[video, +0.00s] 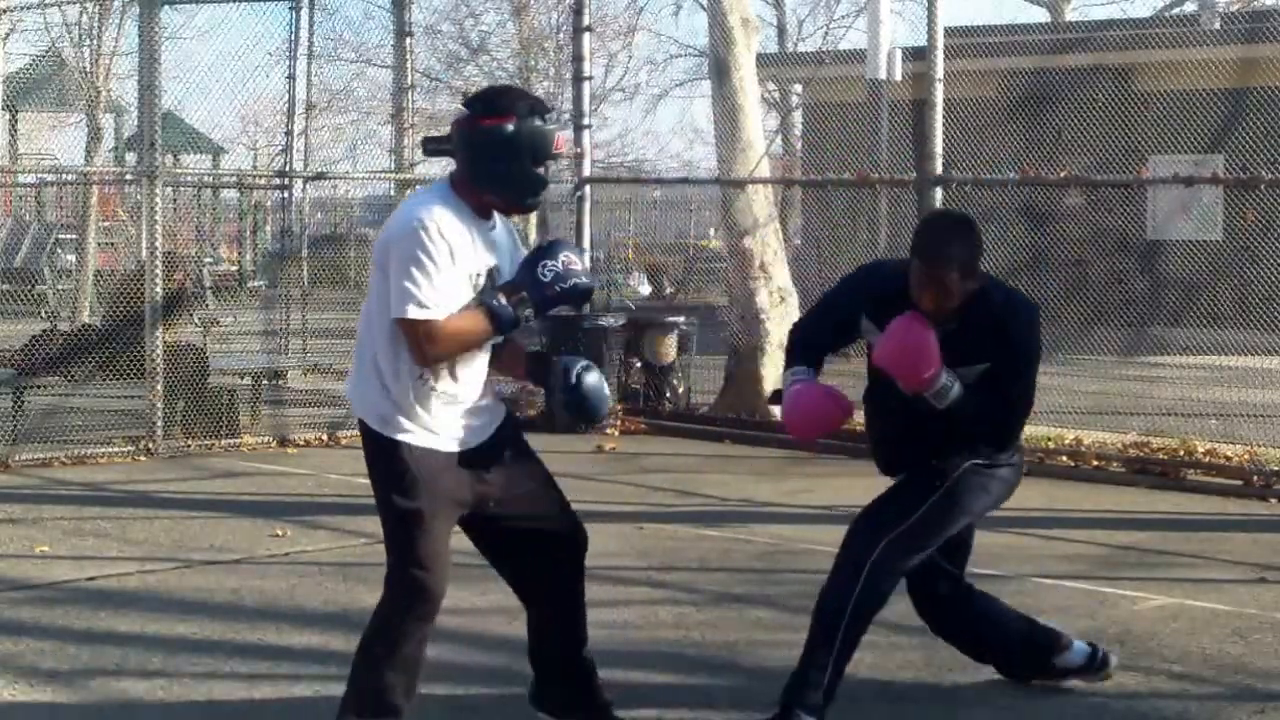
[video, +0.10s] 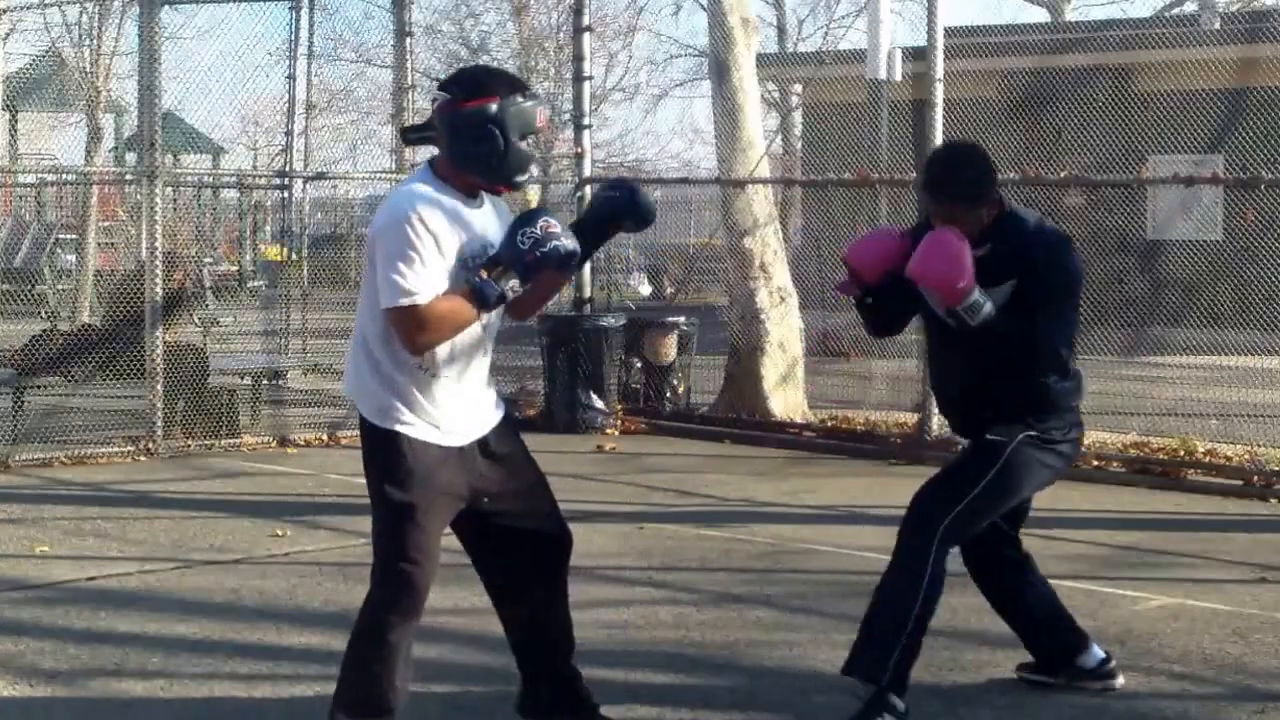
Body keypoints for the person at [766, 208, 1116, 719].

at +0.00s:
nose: (931, 302)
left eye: (945, 293)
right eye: (925, 287)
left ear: (973, 279)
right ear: (910, 266)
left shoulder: (1011, 316)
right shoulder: (877, 286)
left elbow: (1003, 429)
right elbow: (810, 333)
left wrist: (937, 386)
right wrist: (800, 383)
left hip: (983, 461)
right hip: (918, 462)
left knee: (871, 542)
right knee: (940, 598)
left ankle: (802, 706)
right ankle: (1068, 658)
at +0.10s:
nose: (936, 229)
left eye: (946, 218)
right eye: (931, 216)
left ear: (986, 207)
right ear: (927, 205)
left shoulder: (1045, 248)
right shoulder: (933, 240)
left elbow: (1045, 356)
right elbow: (885, 322)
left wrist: (970, 302)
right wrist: (867, 285)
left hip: (1040, 429)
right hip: (988, 429)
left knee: (930, 518)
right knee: (990, 546)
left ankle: (885, 689)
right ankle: (1074, 658)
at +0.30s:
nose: (980, 186)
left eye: (981, 173)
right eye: (973, 175)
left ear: (1011, 156)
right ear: (1018, 152)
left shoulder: (1075, 199)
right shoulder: (1024, 197)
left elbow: (1041, 299)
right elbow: (973, 275)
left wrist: (977, 233)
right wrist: (939, 221)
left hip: (1102, 412)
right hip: (1066, 410)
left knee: (1030, 565)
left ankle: (1126, 695)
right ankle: (1100, 662)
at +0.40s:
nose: (998, 191)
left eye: (1000, 177)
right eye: (991, 179)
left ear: (1033, 160)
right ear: (1035, 155)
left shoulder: (1102, 202)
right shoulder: (1046, 193)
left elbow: (1055, 301)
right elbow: (1000, 279)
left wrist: (990, 225)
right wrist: (958, 226)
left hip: (1142, 402)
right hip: (1112, 399)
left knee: (1056, 559)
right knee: (1094, 526)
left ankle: (1130, 703)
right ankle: (1153, 657)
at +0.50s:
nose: (1020, 199)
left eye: (1025, 183)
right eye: (1015, 185)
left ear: (1060, 167)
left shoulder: (1134, 204)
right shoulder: (1063, 194)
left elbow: (1099, 307)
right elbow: (1026, 278)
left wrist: (1032, 241)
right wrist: (980, 231)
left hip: (1165, 402)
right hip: (1127, 400)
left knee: (1075, 551)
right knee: (1120, 535)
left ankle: (1123, 706)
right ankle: (1237, 656)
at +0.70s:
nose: (1060, 188)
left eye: (1060, 173)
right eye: (1052, 176)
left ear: (1093, 152)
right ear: (1092, 150)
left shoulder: (1164, 189)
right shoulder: (1113, 187)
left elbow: (1121, 286)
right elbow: (1070, 276)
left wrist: (1050, 215)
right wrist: (1022, 224)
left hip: (1192, 407)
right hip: (1182, 403)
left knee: (1090, 551)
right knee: (1192, 555)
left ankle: (1121, 708)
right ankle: (1267, 697)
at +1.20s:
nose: (1080, 186)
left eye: (1081, 173)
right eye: (1074, 174)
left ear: (1114, 158)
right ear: (1124, 150)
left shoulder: (1177, 204)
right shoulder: (1174, 180)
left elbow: (1108, 297)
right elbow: (1080, 282)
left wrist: (1059, 210)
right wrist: (1036, 221)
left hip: (1205, 415)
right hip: (1248, 409)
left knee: (1117, 562)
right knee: (1220, 555)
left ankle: (1112, 707)